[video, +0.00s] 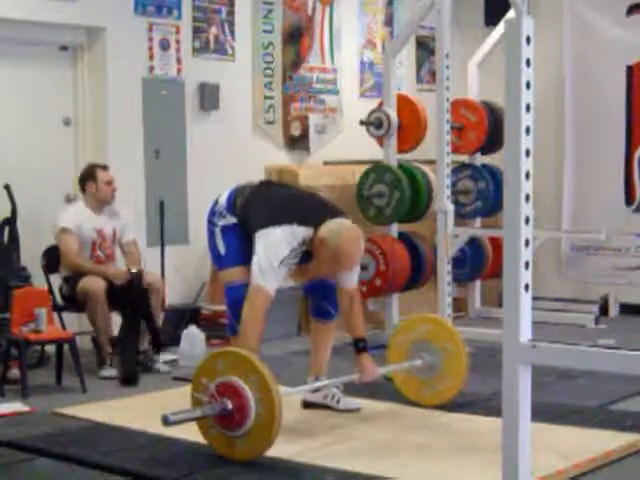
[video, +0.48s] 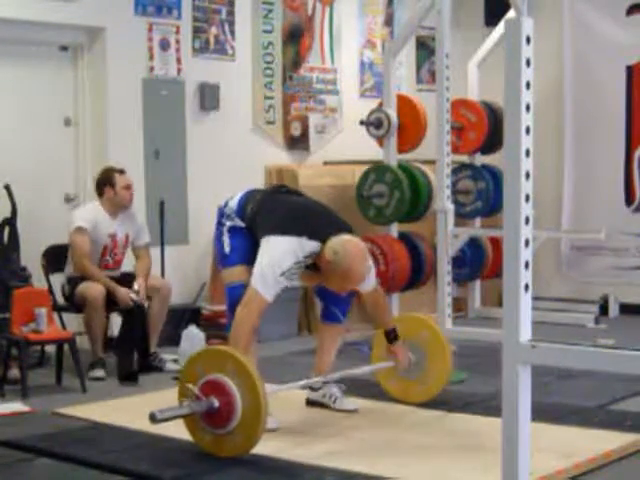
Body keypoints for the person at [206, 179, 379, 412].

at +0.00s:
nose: (337, 272)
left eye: (344, 266)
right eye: (334, 265)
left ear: (354, 251)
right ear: (319, 246)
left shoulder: (348, 245)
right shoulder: (276, 239)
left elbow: (351, 298)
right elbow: (255, 309)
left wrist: (361, 351)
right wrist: (243, 374)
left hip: (282, 205)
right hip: (232, 213)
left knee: (326, 296)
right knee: (239, 303)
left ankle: (317, 384)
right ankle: (242, 386)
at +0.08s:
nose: (332, 276)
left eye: (339, 271)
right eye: (330, 269)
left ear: (351, 256)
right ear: (317, 247)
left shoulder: (347, 247)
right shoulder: (275, 239)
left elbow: (350, 298)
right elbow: (254, 306)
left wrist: (362, 351)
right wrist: (244, 372)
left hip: (282, 206)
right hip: (231, 213)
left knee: (326, 296)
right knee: (238, 303)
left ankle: (317, 383)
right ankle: (242, 383)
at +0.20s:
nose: (333, 278)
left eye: (340, 273)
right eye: (331, 271)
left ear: (351, 258)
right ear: (317, 250)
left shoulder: (347, 250)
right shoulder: (274, 241)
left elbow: (351, 299)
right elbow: (254, 307)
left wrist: (361, 351)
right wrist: (242, 373)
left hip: (283, 206)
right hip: (232, 214)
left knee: (327, 297)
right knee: (237, 303)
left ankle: (319, 382)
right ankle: (241, 383)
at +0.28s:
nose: (333, 284)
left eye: (340, 280)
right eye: (330, 279)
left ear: (352, 263)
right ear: (316, 257)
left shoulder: (348, 254)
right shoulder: (273, 247)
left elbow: (357, 297)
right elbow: (241, 322)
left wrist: (365, 347)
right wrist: (234, 384)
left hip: (286, 205)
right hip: (236, 213)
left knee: (333, 296)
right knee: (238, 305)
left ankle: (319, 382)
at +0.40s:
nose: (342, 289)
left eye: (347, 284)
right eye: (337, 284)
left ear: (359, 263)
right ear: (318, 262)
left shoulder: (353, 257)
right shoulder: (276, 248)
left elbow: (364, 295)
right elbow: (245, 310)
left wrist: (378, 335)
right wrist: (232, 375)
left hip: (289, 206)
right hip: (239, 213)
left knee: (336, 297)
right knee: (239, 301)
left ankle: (319, 383)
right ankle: (239, 384)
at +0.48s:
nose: (348, 292)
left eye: (353, 288)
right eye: (344, 286)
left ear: (363, 266)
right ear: (324, 263)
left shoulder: (357, 258)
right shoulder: (280, 252)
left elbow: (373, 294)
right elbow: (247, 313)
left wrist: (393, 340)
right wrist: (235, 377)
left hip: (294, 208)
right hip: (242, 213)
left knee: (339, 298)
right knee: (242, 306)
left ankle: (320, 383)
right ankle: (250, 396)